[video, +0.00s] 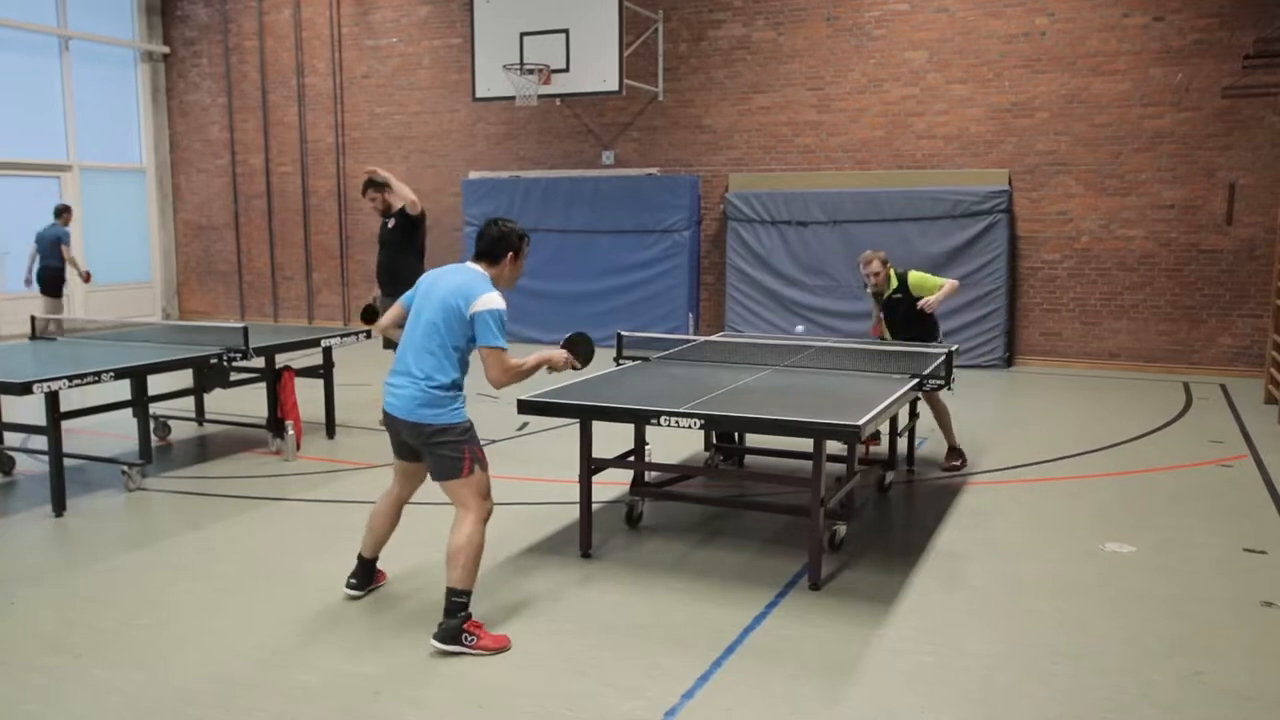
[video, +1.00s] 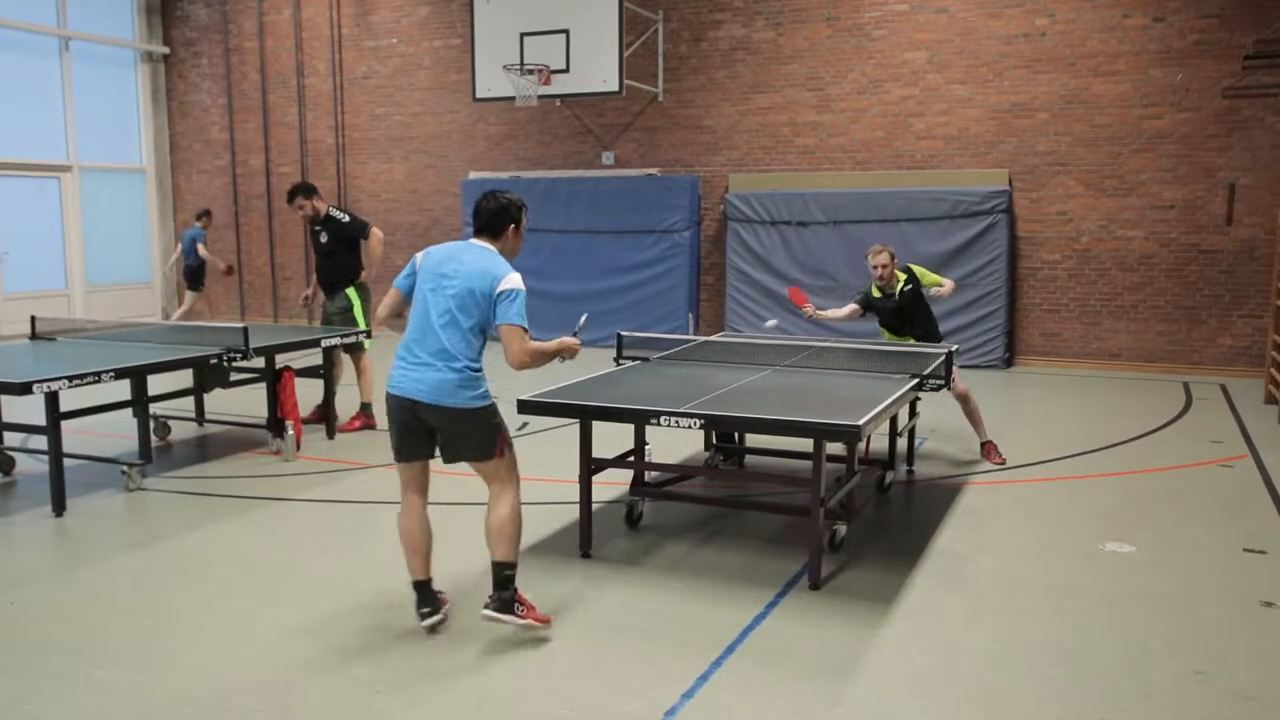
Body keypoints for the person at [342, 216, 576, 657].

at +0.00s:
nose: (520, 271)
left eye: (522, 263)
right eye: (522, 262)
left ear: (479, 252)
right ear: (509, 258)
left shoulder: (434, 276)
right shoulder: (485, 295)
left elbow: (386, 325)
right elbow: (500, 375)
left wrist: (429, 344)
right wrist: (546, 357)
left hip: (398, 405)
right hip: (438, 413)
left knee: (403, 484)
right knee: (475, 507)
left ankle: (361, 573)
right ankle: (455, 624)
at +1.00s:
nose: (523, 238)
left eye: (523, 230)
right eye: (523, 230)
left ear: (477, 226)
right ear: (511, 230)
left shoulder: (428, 256)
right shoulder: (504, 275)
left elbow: (385, 314)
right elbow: (519, 355)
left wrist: (426, 332)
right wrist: (558, 348)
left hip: (402, 392)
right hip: (458, 397)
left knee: (413, 491)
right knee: (503, 483)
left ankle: (424, 598)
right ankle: (504, 594)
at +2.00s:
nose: (389, 277)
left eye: (389, 267)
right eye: (387, 268)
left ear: (340, 266)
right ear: (367, 269)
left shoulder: (300, 297)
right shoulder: (342, 324)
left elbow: (291, 373)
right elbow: (332, 417)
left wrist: (355, 382)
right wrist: (404, 442)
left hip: (251, 449)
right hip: (295, 457)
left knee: (267, 536)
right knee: (374, 548)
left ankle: (196, 635)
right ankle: (363, 683)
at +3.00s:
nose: (539, 368)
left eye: (541, 359)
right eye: (541, 359)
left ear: (499, 345)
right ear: (531, 356)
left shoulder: (454, 352)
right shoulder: (513, 383)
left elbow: (387, 363)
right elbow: (526, 461)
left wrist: (391, 419)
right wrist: (545, 421)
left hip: (374, 446)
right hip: (416, 456)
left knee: (413, 494)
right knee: (506, 520)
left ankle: (378, 579)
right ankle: (502, 639)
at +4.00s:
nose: (532, 266)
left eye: (533, 258)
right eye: (531, 257)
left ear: (492, 250)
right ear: (517, 254)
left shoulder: (446, 268)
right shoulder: (492, 287)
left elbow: (396, 310)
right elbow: (497, 367)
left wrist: (438, 337)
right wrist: (540, 347)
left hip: (407, 396)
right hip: (445, 403)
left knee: (411, 480)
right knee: (486, 496)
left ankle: (369, 571)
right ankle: (476, 610)